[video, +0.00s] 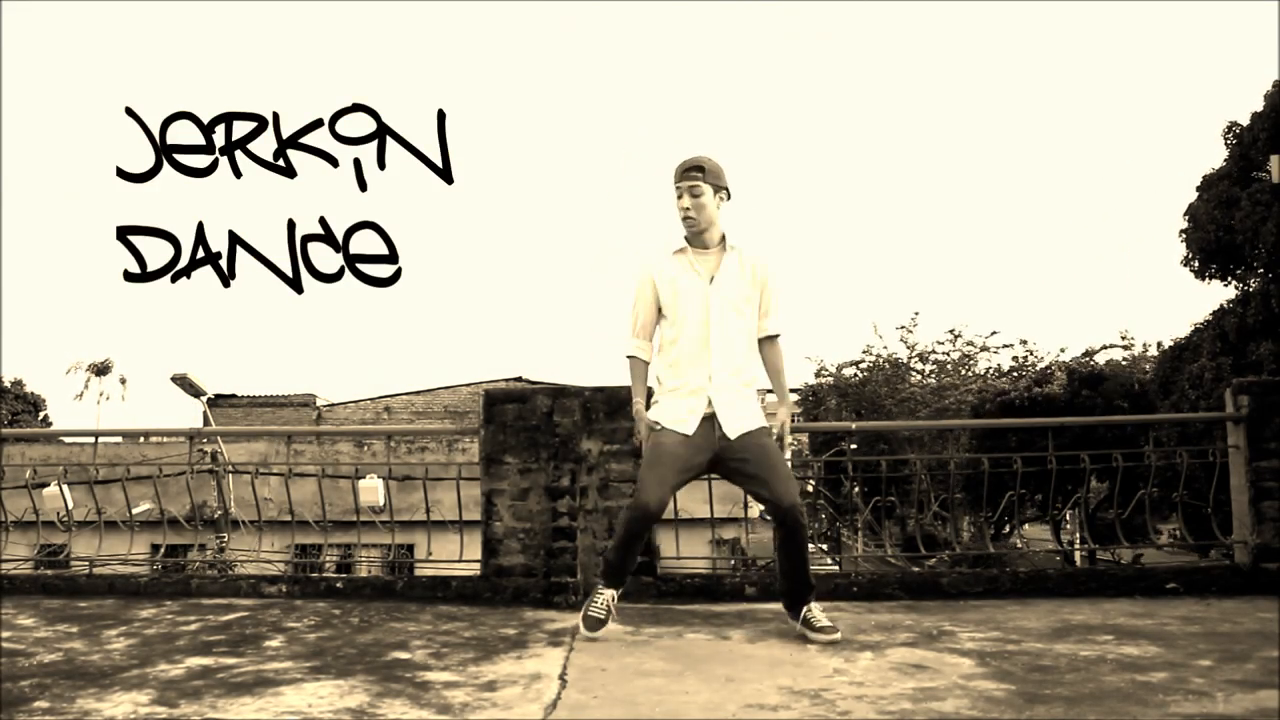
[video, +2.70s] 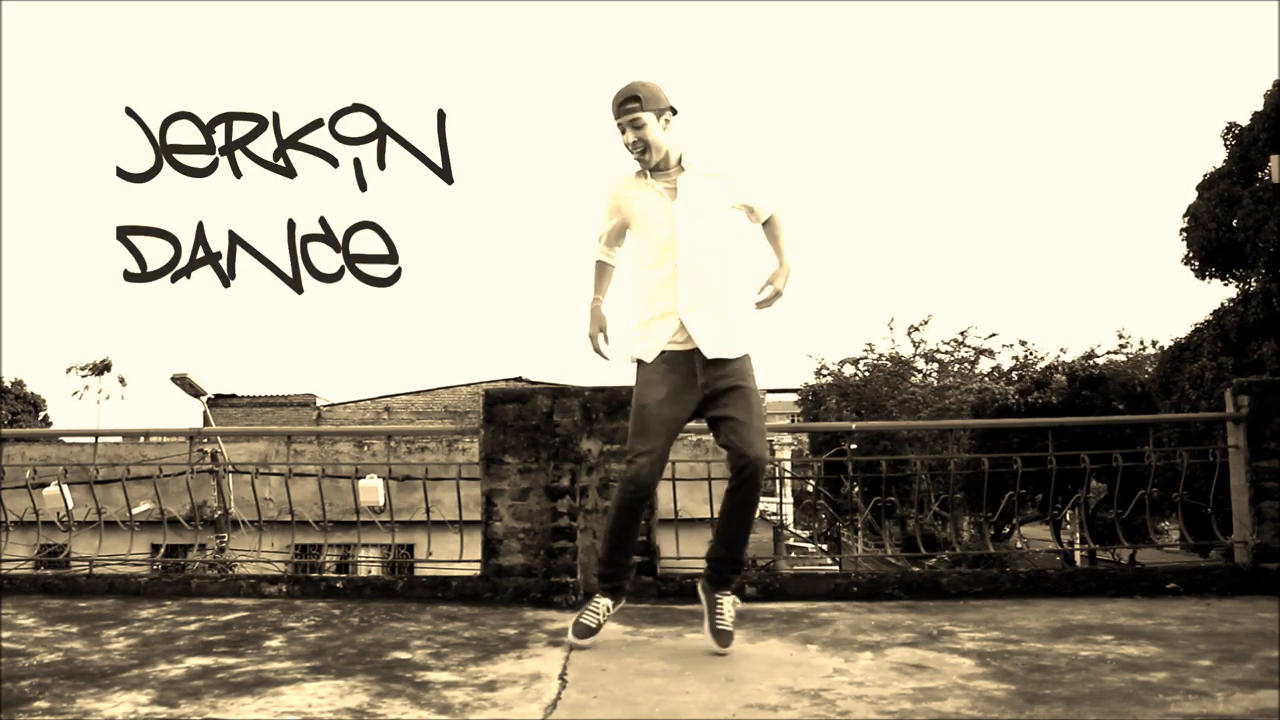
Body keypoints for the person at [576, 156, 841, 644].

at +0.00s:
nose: (685, 205)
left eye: (695, 194)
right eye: (679, 196)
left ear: (721, 199)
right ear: (675, 205)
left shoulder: (752, 270)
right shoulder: (660, 272)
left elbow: (768, 339)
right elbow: (640, 344)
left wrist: (783, 398)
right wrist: (640, 407)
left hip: (742, 413)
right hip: (676, 414)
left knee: (790, 506)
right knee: (646, 503)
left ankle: (801, 606)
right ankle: (608, 588)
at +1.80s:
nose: (691, 213)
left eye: (701, 203)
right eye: (684, 204)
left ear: (725, 206)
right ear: (677, 208)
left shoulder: (756, 273)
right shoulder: (659, 277)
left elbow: (799, 346)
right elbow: (629, 344)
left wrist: (847, 413)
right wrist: (617, 340)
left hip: (754, 424)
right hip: (685, 427)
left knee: (799, 518)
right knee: (653, 535)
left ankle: (811, 617)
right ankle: (626, 609)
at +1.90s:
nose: (718, 203)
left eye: (728, 193)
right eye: (710, 194)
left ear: (751, 197)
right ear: (703, 200)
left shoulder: (778, 271)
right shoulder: (681, 271)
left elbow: (826, 335)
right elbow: (662, 346)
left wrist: (881, 387)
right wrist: (615, 333)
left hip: (767, 411)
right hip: (701, 415)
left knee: (808, 509)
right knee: (680, 517)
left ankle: (815, 617)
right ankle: (626, 596)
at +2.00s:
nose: (743, 195)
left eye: (753, 185)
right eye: (735, 186)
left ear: (776, 190)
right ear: (728, 192)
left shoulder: (794, 262)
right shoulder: (701, 256)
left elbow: (815, 322)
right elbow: (696, 325)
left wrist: (842, 364)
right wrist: (678, 348)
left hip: (773, 391)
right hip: (716, 391)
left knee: (817, 499)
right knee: (730, 492)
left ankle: (817, 615)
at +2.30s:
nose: (719, 156)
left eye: (729, 146)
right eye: (713, 148)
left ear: (757, 149)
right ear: (708, 155)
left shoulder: (784, 224)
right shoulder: (686, 216)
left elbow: (802, 303)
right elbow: (658, 288)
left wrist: (806, 369)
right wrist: (674, 350)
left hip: (772, 384)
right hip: (705, 379)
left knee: (809, 486)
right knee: (679, 488)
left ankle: (796, 616)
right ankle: (657, 553)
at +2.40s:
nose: (696, 153)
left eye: (706, 142)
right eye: (690, 144)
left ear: (734, 142)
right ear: (686, 148)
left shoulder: (764, 211)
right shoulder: (667, 207)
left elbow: (783, 278)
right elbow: (641, 271)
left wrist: (790, 341)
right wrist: (648, 330)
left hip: (750, 376)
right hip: (682, 374)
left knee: (799, 473)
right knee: (649, 485)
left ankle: (799, 606)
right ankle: (625, 561)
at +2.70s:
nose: (632, 139)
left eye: (638, 126)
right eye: (624, 132)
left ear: (667, 120)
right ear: (622, 136)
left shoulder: (719, 181)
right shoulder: (626, 194)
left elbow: (767, 215)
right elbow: (605, 254)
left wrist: (782, 267)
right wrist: (597, 306)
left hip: (728, 351)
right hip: (662, 356)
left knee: (753, 464)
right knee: (641, 472)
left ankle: (720, 584)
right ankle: (606, 593)